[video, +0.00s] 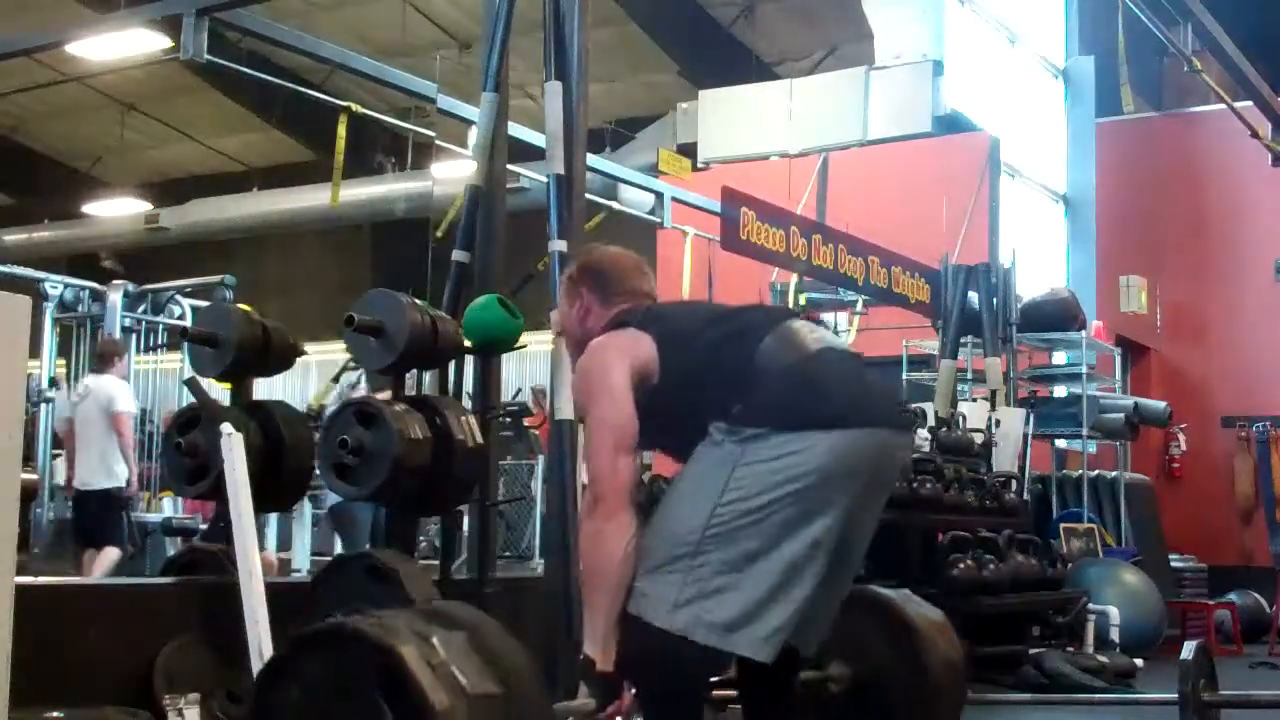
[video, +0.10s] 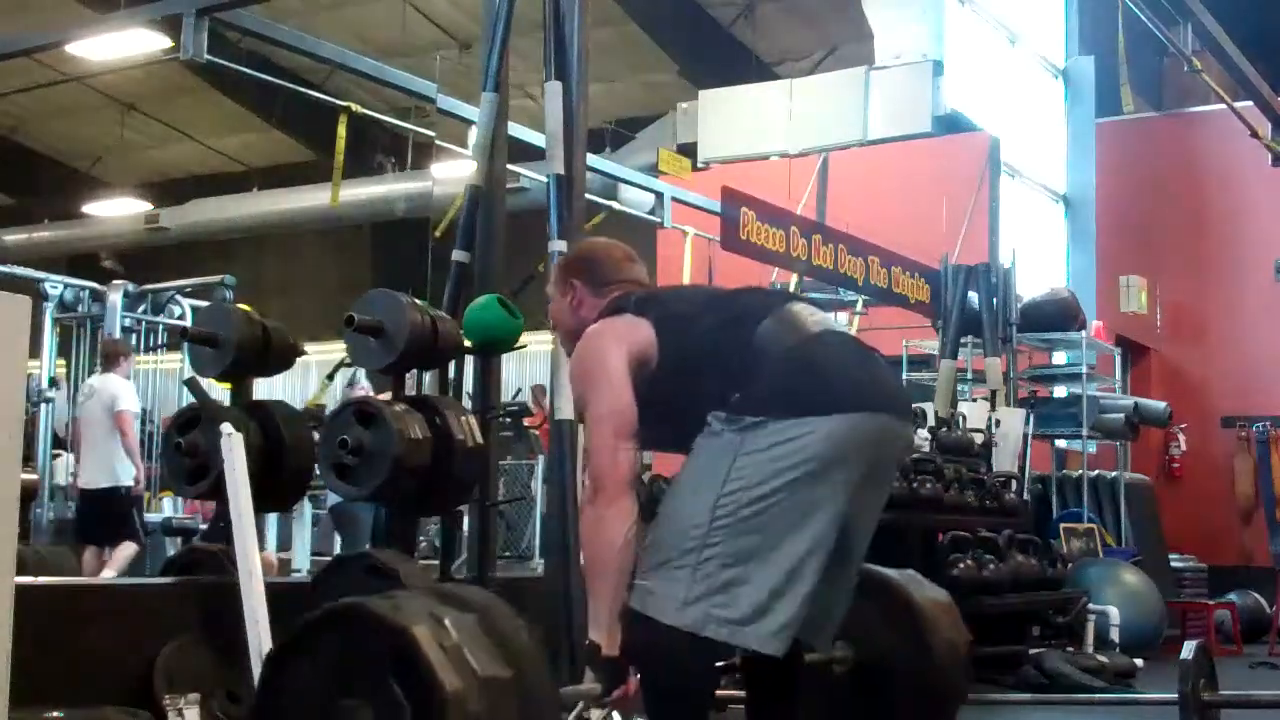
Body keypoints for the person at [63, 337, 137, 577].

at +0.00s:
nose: (127, 365)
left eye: (126, 359)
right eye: (125, 360)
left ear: (100, 360)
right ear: (116, 361)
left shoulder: (81, 387)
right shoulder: (117, 387)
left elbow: (67, 432)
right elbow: (123, 430)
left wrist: (71, 472)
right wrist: (133, 471)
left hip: (83, 482)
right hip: (109, 481)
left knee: (89, 546)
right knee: (116, 544)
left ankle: (87, 593)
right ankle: (90, 588)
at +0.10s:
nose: (132, 366)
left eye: (131, 361)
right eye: (130, 361)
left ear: (105, 360)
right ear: (122, 360)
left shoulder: (87, 386)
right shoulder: (121, 386)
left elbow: (77, 433)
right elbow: (125, 427)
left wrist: (81, 467)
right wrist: (139, 466)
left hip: (88, 480)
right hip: (115, 479)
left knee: (93, 544)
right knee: (132, 539)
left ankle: (89, 597)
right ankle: (104, 580)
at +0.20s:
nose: (141, 368)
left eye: (140, 363)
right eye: (139, 363)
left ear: (116, 362)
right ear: (130, 362)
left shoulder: (95, 388)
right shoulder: (127, 387)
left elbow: (87, 431)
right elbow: (128, 427)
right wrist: (146, 465)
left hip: (94, 480)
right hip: (123, 479)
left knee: (94, 543)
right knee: (144, 537)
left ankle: (93, 597)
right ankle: (125, 584)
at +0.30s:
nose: (148, 372)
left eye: (148, 366)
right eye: (147, 366)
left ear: (125, 365)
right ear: (138, 365)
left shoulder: (104, 388)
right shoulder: (133, 389)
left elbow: (100, 433)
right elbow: (133, 429)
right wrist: (153, 466)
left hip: (100, 481)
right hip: (130, 480)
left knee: (97, 543)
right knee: (153, 541)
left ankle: (93, 602)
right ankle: (147, 598)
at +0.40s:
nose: (161, 374)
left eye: (161, 369)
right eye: (160, 369)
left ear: (135, 366)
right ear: (151, 368)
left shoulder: (115, 390)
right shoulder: (144, 392)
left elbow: (106, 435)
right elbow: (144, 434)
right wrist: (165, 471)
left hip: (109, 483)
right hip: (138, 484)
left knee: (102, 544)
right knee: (161, 545)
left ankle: (86, 600)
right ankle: (169, 603)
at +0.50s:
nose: (176, 377)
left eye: (176, 372)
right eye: (175, 372)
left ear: (151, 371)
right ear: (165, 371)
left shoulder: (135, 392)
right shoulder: (157, 395)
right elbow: (156, 438)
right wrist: (171, 477)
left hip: (122, 484)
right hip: (146, 485)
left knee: (111, 544)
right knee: (166, 550)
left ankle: (91, 594)